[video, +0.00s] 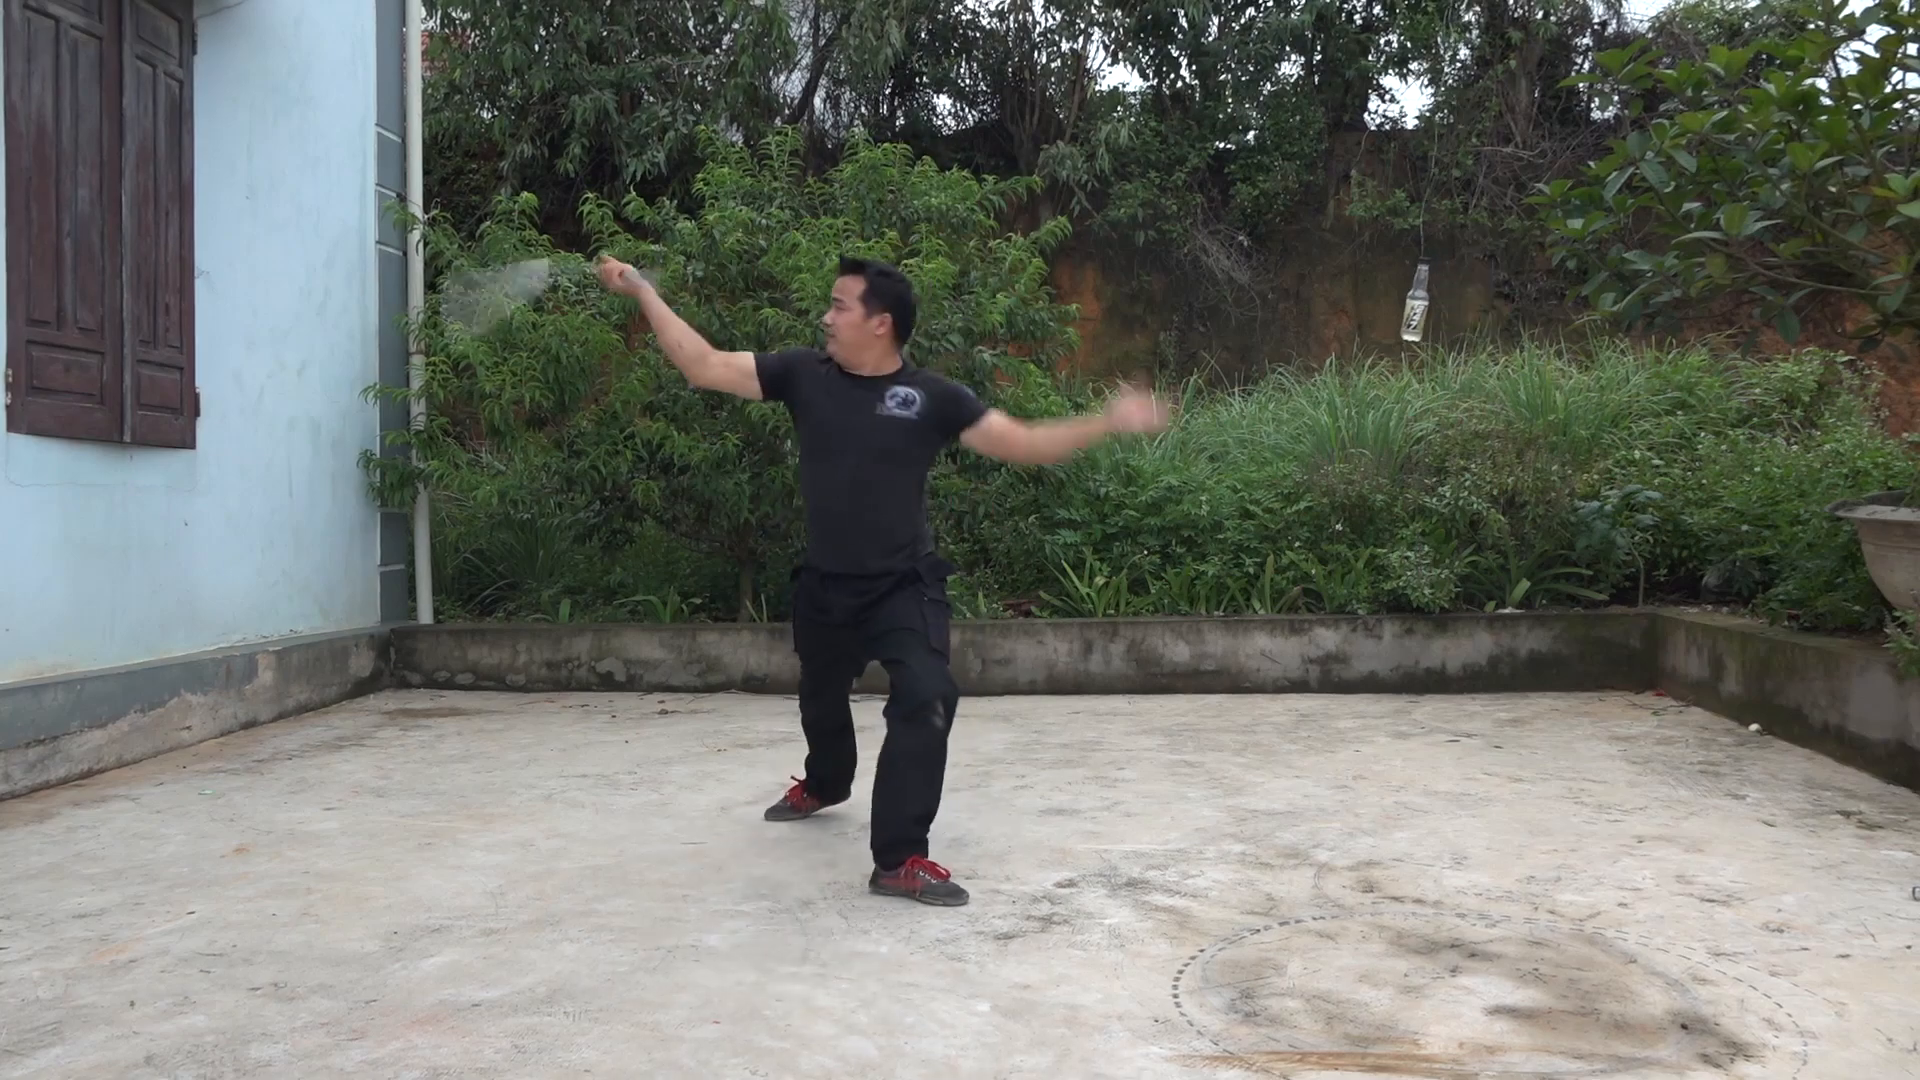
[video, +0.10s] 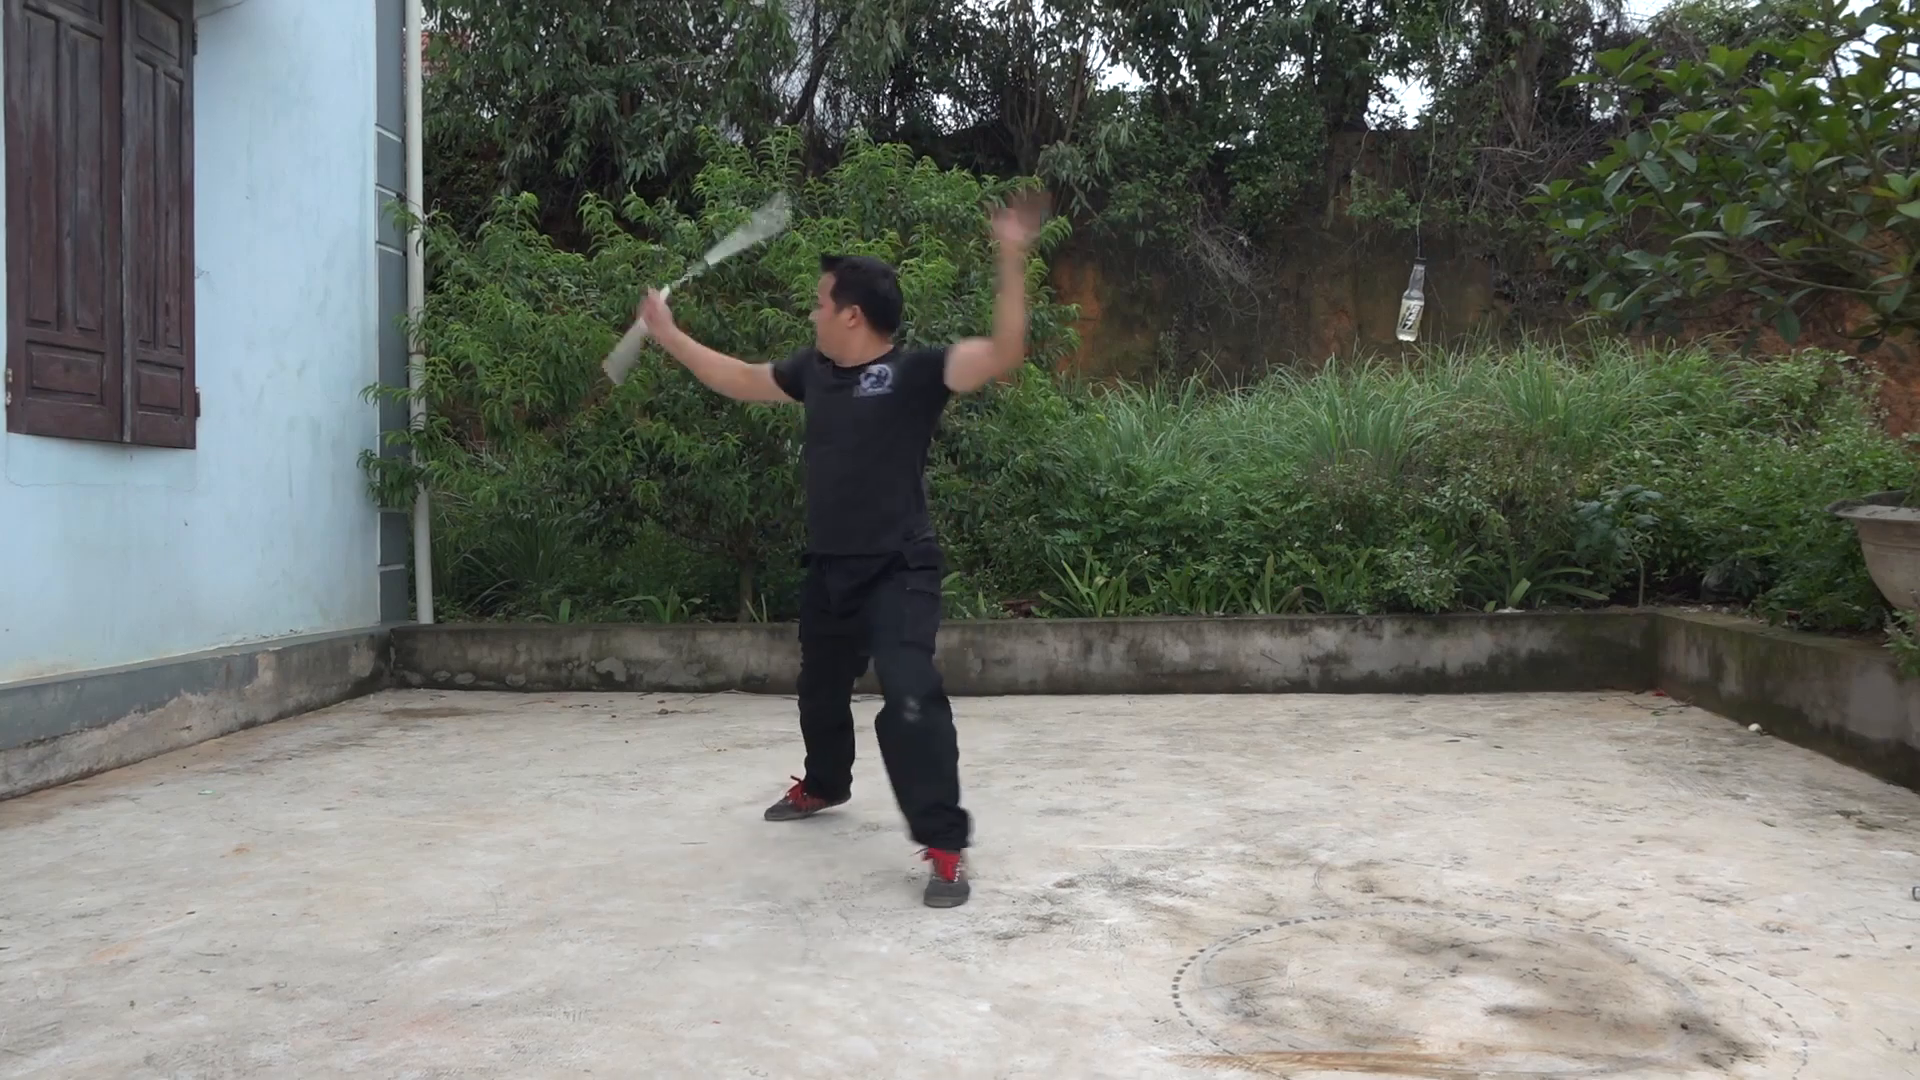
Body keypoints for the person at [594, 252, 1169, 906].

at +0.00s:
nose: (828, 316)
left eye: (841, 307)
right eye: (831, 304)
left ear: (883, 324)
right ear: (864, 321)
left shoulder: (931, 398)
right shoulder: (805, 375)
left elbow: (1023, 441)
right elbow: (705, 365)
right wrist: (644, 295)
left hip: (904, 587)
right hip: (825, 586)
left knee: (926, 699)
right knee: (820, 691)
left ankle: (899, 860)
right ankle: (826, 782)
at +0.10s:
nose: (813, 313)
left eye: (820, 303)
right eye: (815, 303)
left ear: (853, 314)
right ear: (849, 314)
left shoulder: (915, 371)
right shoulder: (814, 371)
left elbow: (1003, 352)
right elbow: (738, 380)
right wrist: (668, 335)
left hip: (901, 571)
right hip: (830, 571)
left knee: (910, 696)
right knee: (821, 690)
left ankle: (945, 848)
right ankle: (824, 784)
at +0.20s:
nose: (820, 333)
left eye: (831, 322)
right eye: (816, 321)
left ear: (867, 326)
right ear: (818, 330)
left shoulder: (895, 386)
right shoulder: (839, 388)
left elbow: (870, 319)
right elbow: (813, 404)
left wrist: (788, 273)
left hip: (905, 569)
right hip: (849, 573)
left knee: (905, 703)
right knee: (816, 688)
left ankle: (983, 849)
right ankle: (829, 788)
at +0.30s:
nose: (814, 357)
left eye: (817, 347)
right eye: (818, 346)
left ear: (832, 354)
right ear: (872, 355)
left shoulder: (878, 407)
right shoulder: (875, 404)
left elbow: (791, 414)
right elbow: (793, 410)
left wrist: (723, 403)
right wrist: (733, 404)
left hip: (904, 587)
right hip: (865, 591)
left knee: (901, 720)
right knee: (812, 692)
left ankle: (985, 855)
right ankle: (831, 792)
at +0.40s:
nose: (826, 364)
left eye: (828, 354)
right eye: (828, 353)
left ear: (843, 357)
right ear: (887, 357)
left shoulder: (851, 412)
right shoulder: (914, 406)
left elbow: (760, 464)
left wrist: (702, 481)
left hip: (890, 586)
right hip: (886, 585)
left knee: (902, 719)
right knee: (816, 685)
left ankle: (985, 855)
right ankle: (830, 792)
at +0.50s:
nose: (831, 358)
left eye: (836, 348)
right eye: (832, 347)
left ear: (860, 350)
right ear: (893, 353)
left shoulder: (851, 395)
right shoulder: (925, 398)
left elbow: (760, 428)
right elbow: (932, 382)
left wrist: (667, 458)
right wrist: (922, 348)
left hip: (882, 572)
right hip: (912, 569)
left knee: (900, 719)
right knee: (835, 681)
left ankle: (984, 853)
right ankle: (832, 793)